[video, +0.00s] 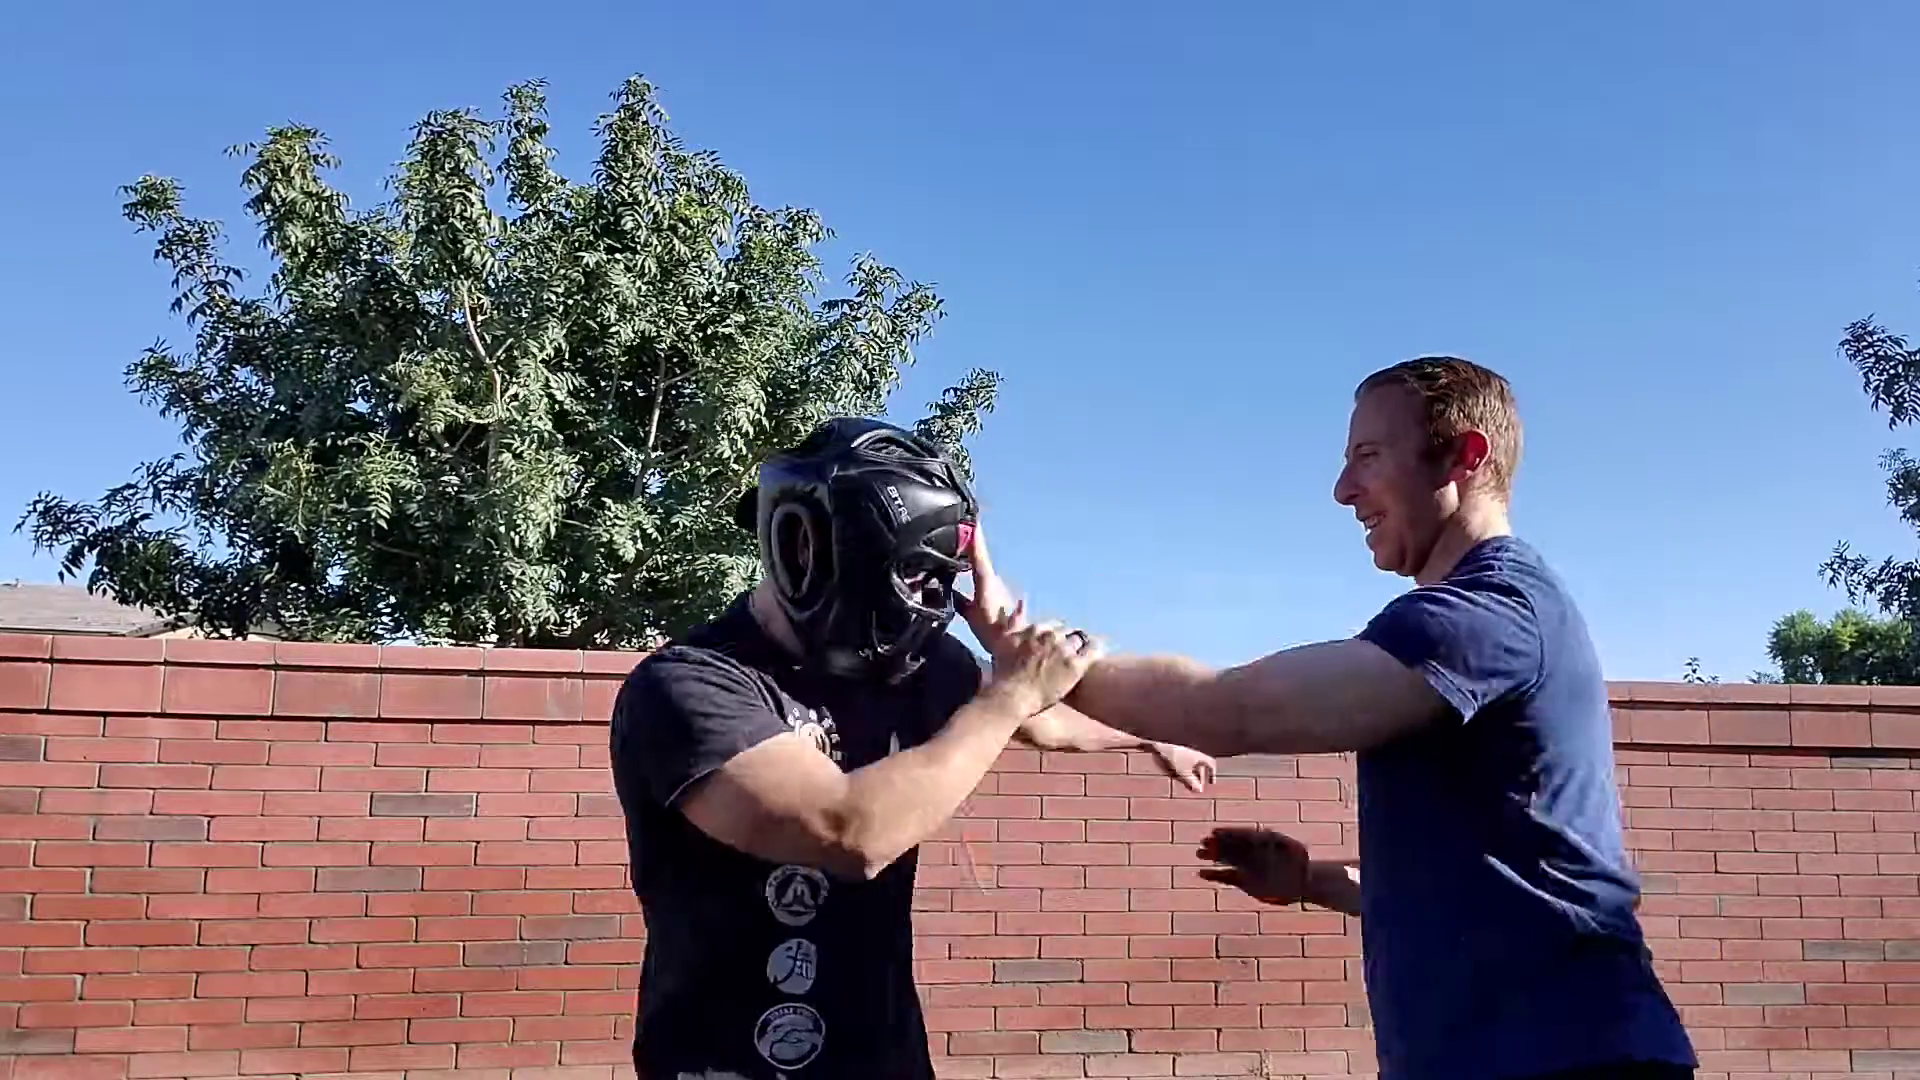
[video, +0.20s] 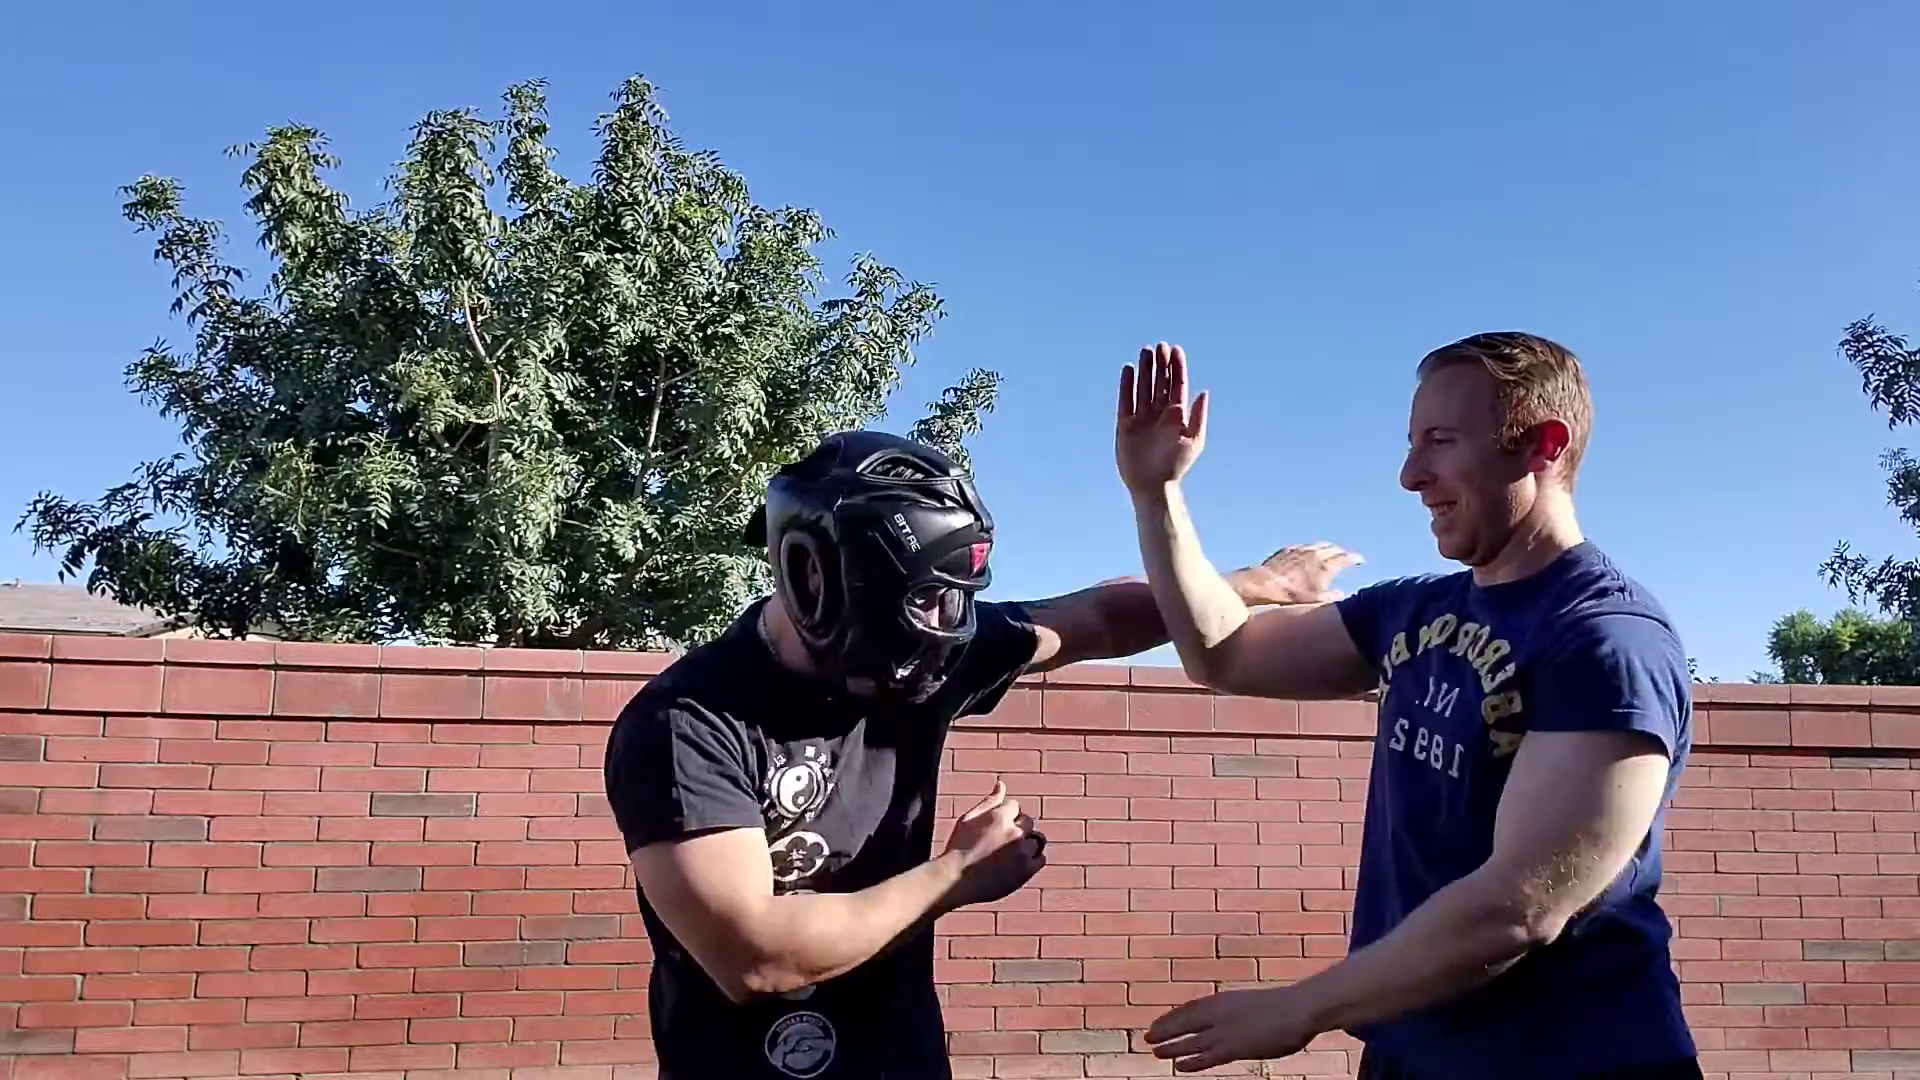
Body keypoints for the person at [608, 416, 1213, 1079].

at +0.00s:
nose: (927, 600)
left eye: (933, 572)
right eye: (907, 571)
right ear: (811, 552)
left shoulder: (915, 667)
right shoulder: (680, 692)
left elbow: (1043, 721)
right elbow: (854, 830)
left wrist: (1150, 740)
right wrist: (1009, 697)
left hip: (880, 1058)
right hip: (720, 1061)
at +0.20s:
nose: (940, 614)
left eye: (951, 586)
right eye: (914, 587)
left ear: (959, 574)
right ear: (815, 576)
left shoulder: (920, 666)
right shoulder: (678, 732)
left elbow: (1091, 622)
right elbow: (758, 957)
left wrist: (1243, 593)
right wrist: (956, 875)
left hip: (902, 1067)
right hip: (741, 1072)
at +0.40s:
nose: (990, 602)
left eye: (995, 575)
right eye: (974, 571)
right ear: (878, 549)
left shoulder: (913, 677)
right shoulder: (757, 680)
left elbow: (1033, 781)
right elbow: (906, 860)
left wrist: (1153, 727)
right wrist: (1044, 684)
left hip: (879, 1059)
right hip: (748, 1062)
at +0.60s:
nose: (926, 622)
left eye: (939, 595)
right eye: (905, 590)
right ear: (824, 572)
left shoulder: (894, 704)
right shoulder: (712, 695)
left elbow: (1030, 836)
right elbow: (915, 804)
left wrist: (1185, 910)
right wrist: (1040, 667)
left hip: (887, 1062)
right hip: (742, 1064)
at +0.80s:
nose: (883, 608)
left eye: (914, 592)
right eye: (866, 573)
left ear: (939, 596)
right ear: (805, 544)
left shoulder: (928, 690)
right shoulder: (690, 677)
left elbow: (1124, 774)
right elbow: (842, 817)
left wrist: (1316, 829)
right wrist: (1012, 685)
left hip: (883, 1058)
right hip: (723, 1056)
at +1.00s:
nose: (924, 618)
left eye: (950, 603)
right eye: (907, 584)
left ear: (969, 606)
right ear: (838, 559)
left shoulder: (949, 695)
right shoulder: (711, 678)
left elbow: (1133, 781)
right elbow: (860, 829)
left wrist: (1307, 835)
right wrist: (1020, 699)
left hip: (882, 1062)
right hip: (723, 1061)